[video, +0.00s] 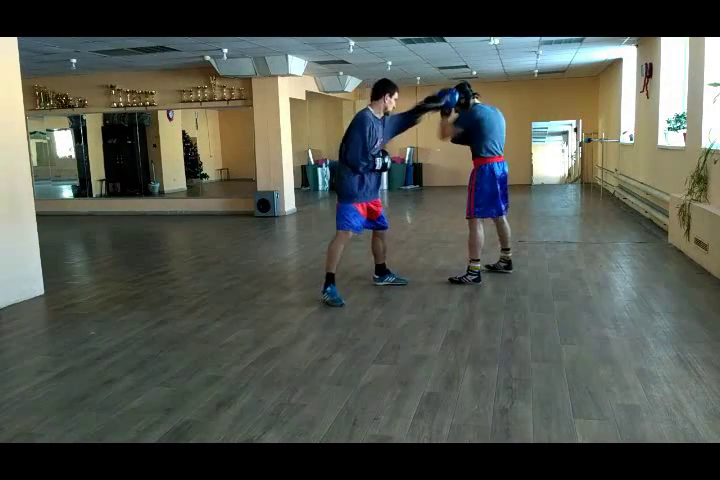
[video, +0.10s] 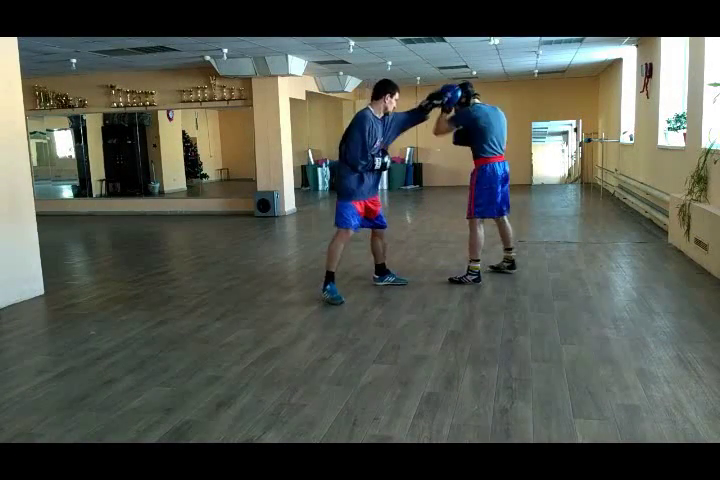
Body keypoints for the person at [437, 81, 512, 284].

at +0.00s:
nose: (457, 108)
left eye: (457, 105)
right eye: (457, 104)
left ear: (461, 101)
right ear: (474, 97)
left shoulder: (471, 113)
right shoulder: (496, 113)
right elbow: (477, 138)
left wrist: (446, 112)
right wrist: (453, 135)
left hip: (483, 169)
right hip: (500, 166)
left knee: (475, 219)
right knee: (499, 216)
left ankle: (473, 271)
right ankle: (506, 260)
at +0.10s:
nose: (456, 105)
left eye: (456, 102)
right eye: (456, 101)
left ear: (460, 99)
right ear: (474, 95)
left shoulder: (469, 112)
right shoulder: (497, 111)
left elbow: (439, 130)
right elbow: (484, 138)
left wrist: (446, 108)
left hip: (484, 169)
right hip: (502, 166)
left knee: (475, 220)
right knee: (501, 216)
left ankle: (473, 271)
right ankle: (509, 259)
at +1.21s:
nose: (488, 102)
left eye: (488, 99)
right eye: (487, 99)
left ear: (491, 98)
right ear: (509, 96)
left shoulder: (492, 113)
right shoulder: (528, 118)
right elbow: (525, 151)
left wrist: (478, 146)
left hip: (494, 173)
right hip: (518, 173)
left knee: (473, 221)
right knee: (530, 222)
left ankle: (463, 270)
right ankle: (545, 270)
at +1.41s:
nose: (488, 103)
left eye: (488, 100)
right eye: (487, 100)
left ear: (493, 98)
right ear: (510, 96)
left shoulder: (493, 112)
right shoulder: (530, 117)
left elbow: (482, 142)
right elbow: (528, 153)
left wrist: (474, 140)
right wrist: (511, 144)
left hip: (495, 174)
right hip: (519, 175)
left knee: (472, 223)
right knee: (529, 223)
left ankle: (458, 270)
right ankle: (544, 270)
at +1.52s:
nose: (486, 104)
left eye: (486, 100)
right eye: (485, 101)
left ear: (491, 98)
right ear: (507, 96)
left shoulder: (491, 113)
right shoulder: (528, 117)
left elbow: (482, 144)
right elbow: (527, 153)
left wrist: (473, 142)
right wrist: (510, 144)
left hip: (494, 176)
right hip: (519, 176)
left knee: (472, 223)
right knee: (528, 223)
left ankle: (457, 271)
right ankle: (544, 270)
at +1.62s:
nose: (464, 117)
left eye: (463, 113)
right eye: (462, 114)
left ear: (470, 110)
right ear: (483, 104)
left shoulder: (481, 124)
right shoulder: (508, 119)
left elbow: (486, 157)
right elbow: (512, 152)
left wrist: (470, 156)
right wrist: (480, 148)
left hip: (490, 181)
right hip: (511, 179)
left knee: (463, 226)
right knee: (517, 226)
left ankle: (448, 273)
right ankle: (541, 268)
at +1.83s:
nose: (443, 131)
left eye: (444, 126)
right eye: (442, 127)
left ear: (454, 121)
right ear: (456, 120)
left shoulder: (481, 132)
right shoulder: (458, 134)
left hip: (486, 185)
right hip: (490, 184)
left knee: (455, 224)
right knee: (498, 230)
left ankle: (448, 275)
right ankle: (540, 258)